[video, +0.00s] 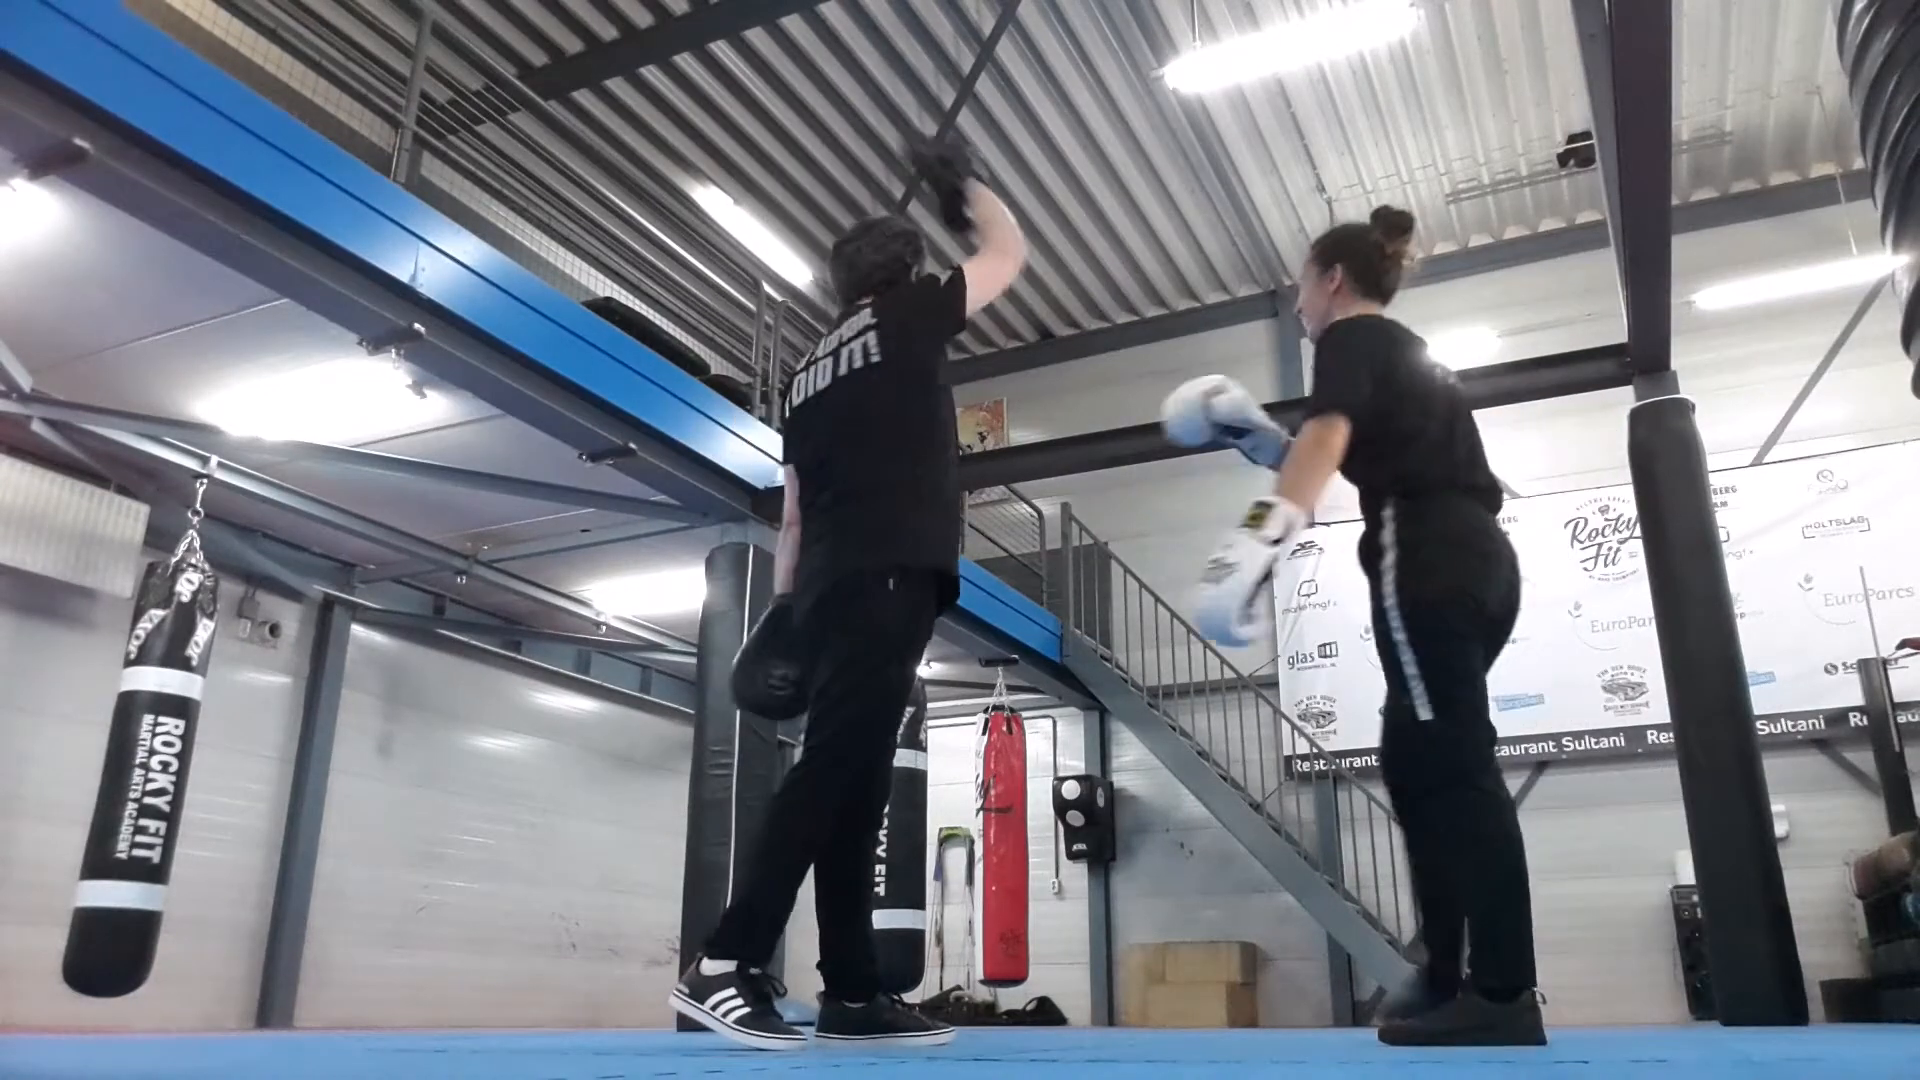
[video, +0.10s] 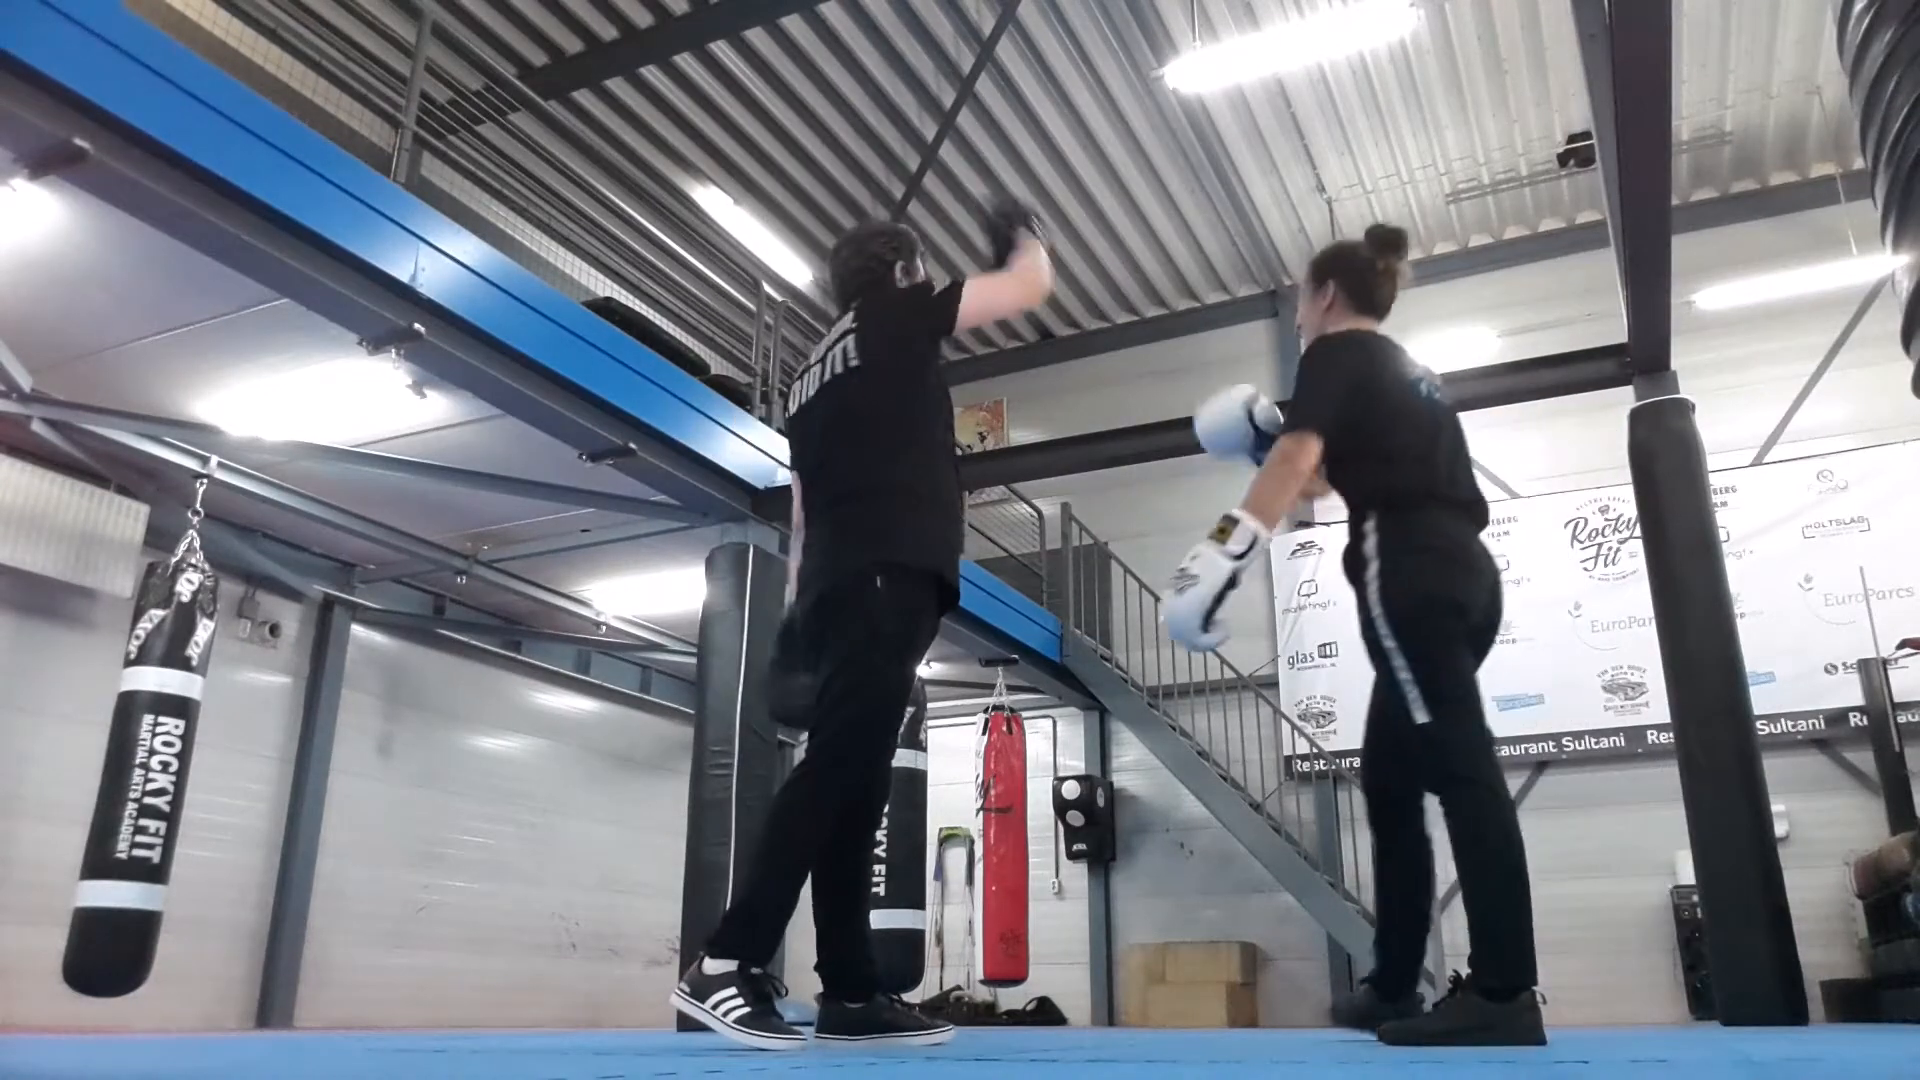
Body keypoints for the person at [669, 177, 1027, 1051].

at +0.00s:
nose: (932, 281)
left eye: (924, 269)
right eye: (923, 267)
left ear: (843, 288)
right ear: (911, 271)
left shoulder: (808, 378)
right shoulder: (912, 311)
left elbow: (794, 516)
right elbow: (1006, 248)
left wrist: (782, 612)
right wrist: (965, 183)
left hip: (842, 579)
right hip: (896, 573)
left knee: (858, 788)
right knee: (829, 775)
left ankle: (853, 995)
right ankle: (723, 970)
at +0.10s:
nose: (928, 280)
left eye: (926, 271)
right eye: (922, 270)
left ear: (841, 284)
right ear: (902, 271)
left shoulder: (812, 377)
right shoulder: (896, 309)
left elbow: (802, 516)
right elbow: (1028, 285)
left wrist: (800, 608)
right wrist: (1025, 237)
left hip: (840, 584)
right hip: (891, 576)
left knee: (856, 787)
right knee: (835, 772)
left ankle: (852, 994)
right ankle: (725, 970)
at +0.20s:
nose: (926, 289)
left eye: (923, 278)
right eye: (919, 278)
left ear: (846, 289)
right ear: (893, 275)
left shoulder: (814, 389)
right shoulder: (889, 317)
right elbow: (1048, 330)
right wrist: (1063, 318)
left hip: (848, 585)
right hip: (886, 576)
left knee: (855, 787)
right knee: (838, 770)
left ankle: (850, 998)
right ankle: (725, 967)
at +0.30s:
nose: (929, 296)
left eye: (925, 285)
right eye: (922, 283)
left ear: (858, 291)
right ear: (892, 279)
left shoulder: (826, 385)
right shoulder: (888, 323)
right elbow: (1023, 373)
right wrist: (1068, 410)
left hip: (856, 584)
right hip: (884, 579)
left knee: (858, 790)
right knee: (842, 772)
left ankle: (850, 998)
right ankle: (728, 965)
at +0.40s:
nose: (937, 304)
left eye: (934, 292)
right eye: (929, 290)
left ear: (867, 291)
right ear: (897, 283)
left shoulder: (844, 373)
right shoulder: (889, 323)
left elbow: (908, 475)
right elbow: (982, 399)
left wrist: (1006, 465)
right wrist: (1057, 481)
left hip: (863, 581)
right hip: (883, 575)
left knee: (863, 785)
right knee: (860, 772)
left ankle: (851, 997)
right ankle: (737, 958)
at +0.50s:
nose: (948, 311)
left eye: (948, 298)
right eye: (943, 295)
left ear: (882, 293)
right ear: (907, 287)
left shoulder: (857, 356)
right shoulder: (894, 329)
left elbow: (904, 475)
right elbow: (941, 423)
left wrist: (972, 439)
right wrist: (1024, 523)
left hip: (864, 582)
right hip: (887, 580)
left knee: (860, 787)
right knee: (884, 773)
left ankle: (849, 995)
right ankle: (752, 946)